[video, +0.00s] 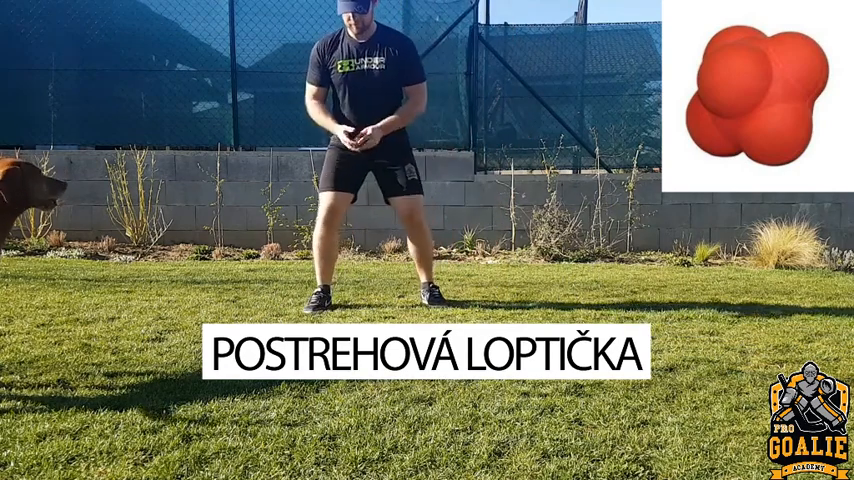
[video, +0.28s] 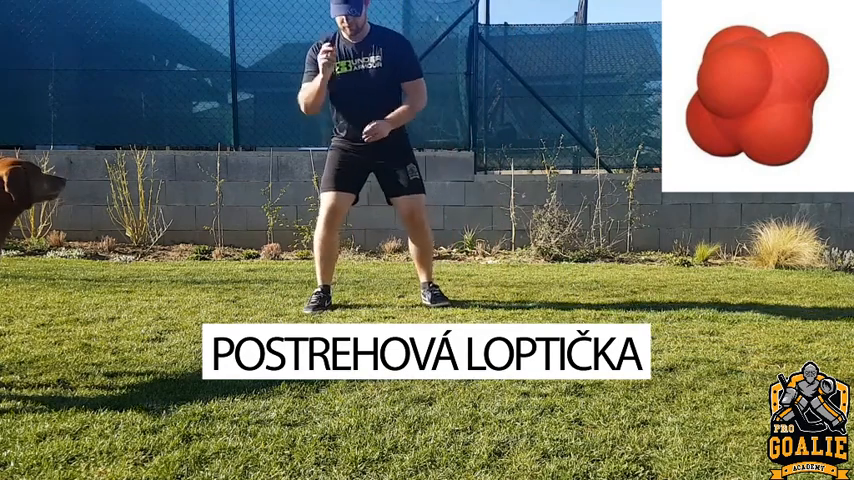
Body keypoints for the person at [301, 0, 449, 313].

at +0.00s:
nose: (354, 19)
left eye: (360, 12)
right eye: (348, 13)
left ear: (373, 7)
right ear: (340, 11)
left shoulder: (400, 45)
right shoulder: (325, 48)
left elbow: (418, 101)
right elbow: (313, 103)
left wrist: (381, 129)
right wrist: (337, 128)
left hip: (391, 141)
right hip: (344, 143)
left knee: (412, 213)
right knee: (328, 212)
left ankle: (429, 287)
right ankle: (323, 290)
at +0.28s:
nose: (348, 21)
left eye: (354, 14)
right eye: (341, 15)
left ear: (366, 8)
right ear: (333, 14)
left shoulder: (394, 43)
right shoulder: (321, 50)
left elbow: (418, 97)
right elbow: (309, 106)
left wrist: (388, 123)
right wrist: (324, 74)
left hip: (391, 141)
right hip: (346, 143)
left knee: (414, 212)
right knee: (329, 212)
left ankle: (428, 286)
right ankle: (323, 290)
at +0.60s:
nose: (359, 22)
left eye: (365, 14)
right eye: (353, 16)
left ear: (380, 9)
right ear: (346, 16)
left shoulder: (410, 46)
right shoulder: (336, 57)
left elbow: (434, 98)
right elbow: (327, 112)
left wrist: (406, 130)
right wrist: (319, 164)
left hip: (405, 143)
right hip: (361, 145)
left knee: (421, 214)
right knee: (340, 212)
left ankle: (429, 286)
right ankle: (324, 290)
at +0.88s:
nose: (354, 24)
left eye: (361, 16)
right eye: (349, 18)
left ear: (378, 12)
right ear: (343, 19)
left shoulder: (410, 53)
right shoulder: (335, 62)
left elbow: (431, 110)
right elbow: (319, 113)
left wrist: (406, 148)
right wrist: (303, 159)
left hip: (405, 147)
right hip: (360, 145)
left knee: (416, 221)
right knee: (332, 201)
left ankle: (429, 287)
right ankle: (314, 281)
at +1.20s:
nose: (289, 76)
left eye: (294, 67)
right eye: (282, 70)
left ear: (313, 62)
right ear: (276, 72)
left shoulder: (348, 87)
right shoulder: (282, 111)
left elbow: (392, 126)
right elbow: (250, 143)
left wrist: (377, 169)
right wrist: (214, 168)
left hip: (367, 164)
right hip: (320, 170)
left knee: (406, 234)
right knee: (287, 217)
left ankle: (428, 287)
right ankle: (252, 299)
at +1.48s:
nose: (222, 101)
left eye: (227, 91)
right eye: (215, 95)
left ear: (248, 82)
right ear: (209, 94)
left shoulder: (296, 99)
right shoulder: (221, 139)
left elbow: (344, 130)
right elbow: (207, 200)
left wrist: (327, 181)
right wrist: (198, 263)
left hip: (325, 170)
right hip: (278, 181)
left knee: (378, 239)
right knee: (244, 221)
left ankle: (422, 280)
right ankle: (247, 303)